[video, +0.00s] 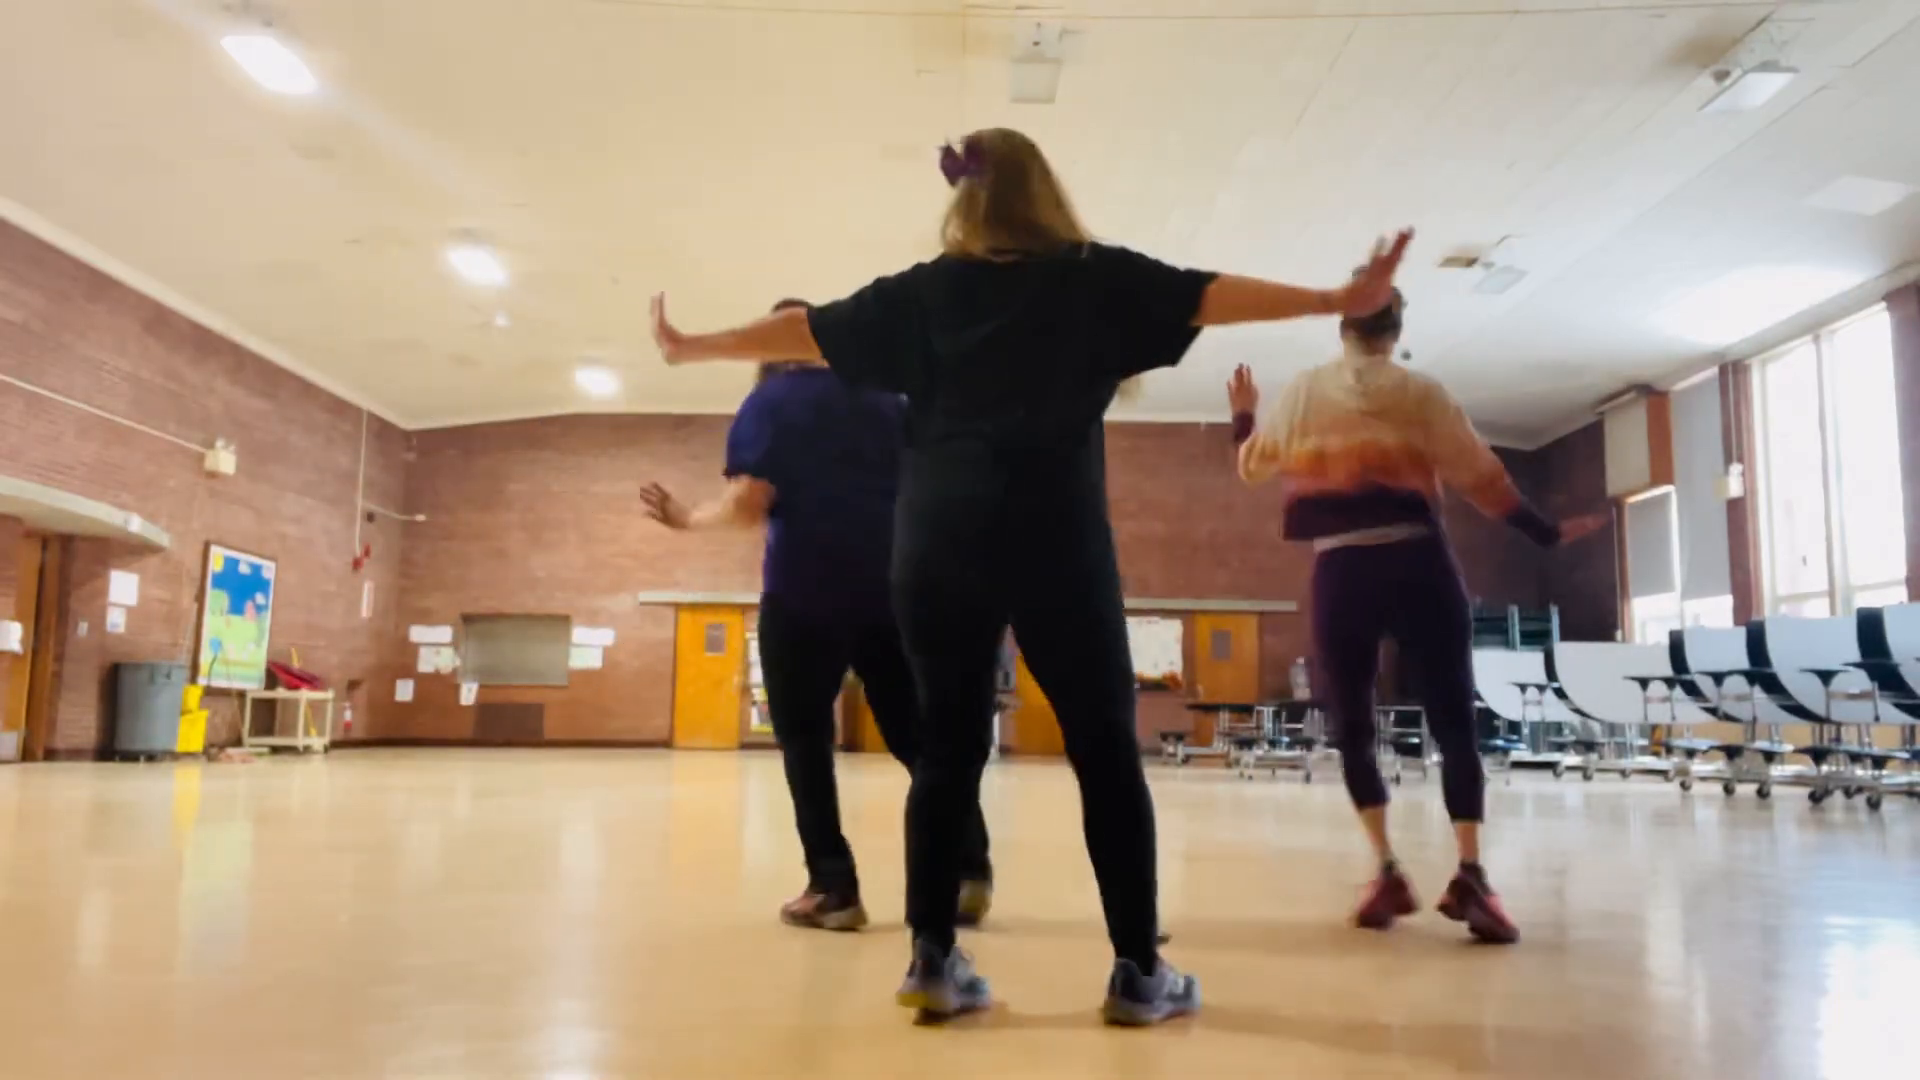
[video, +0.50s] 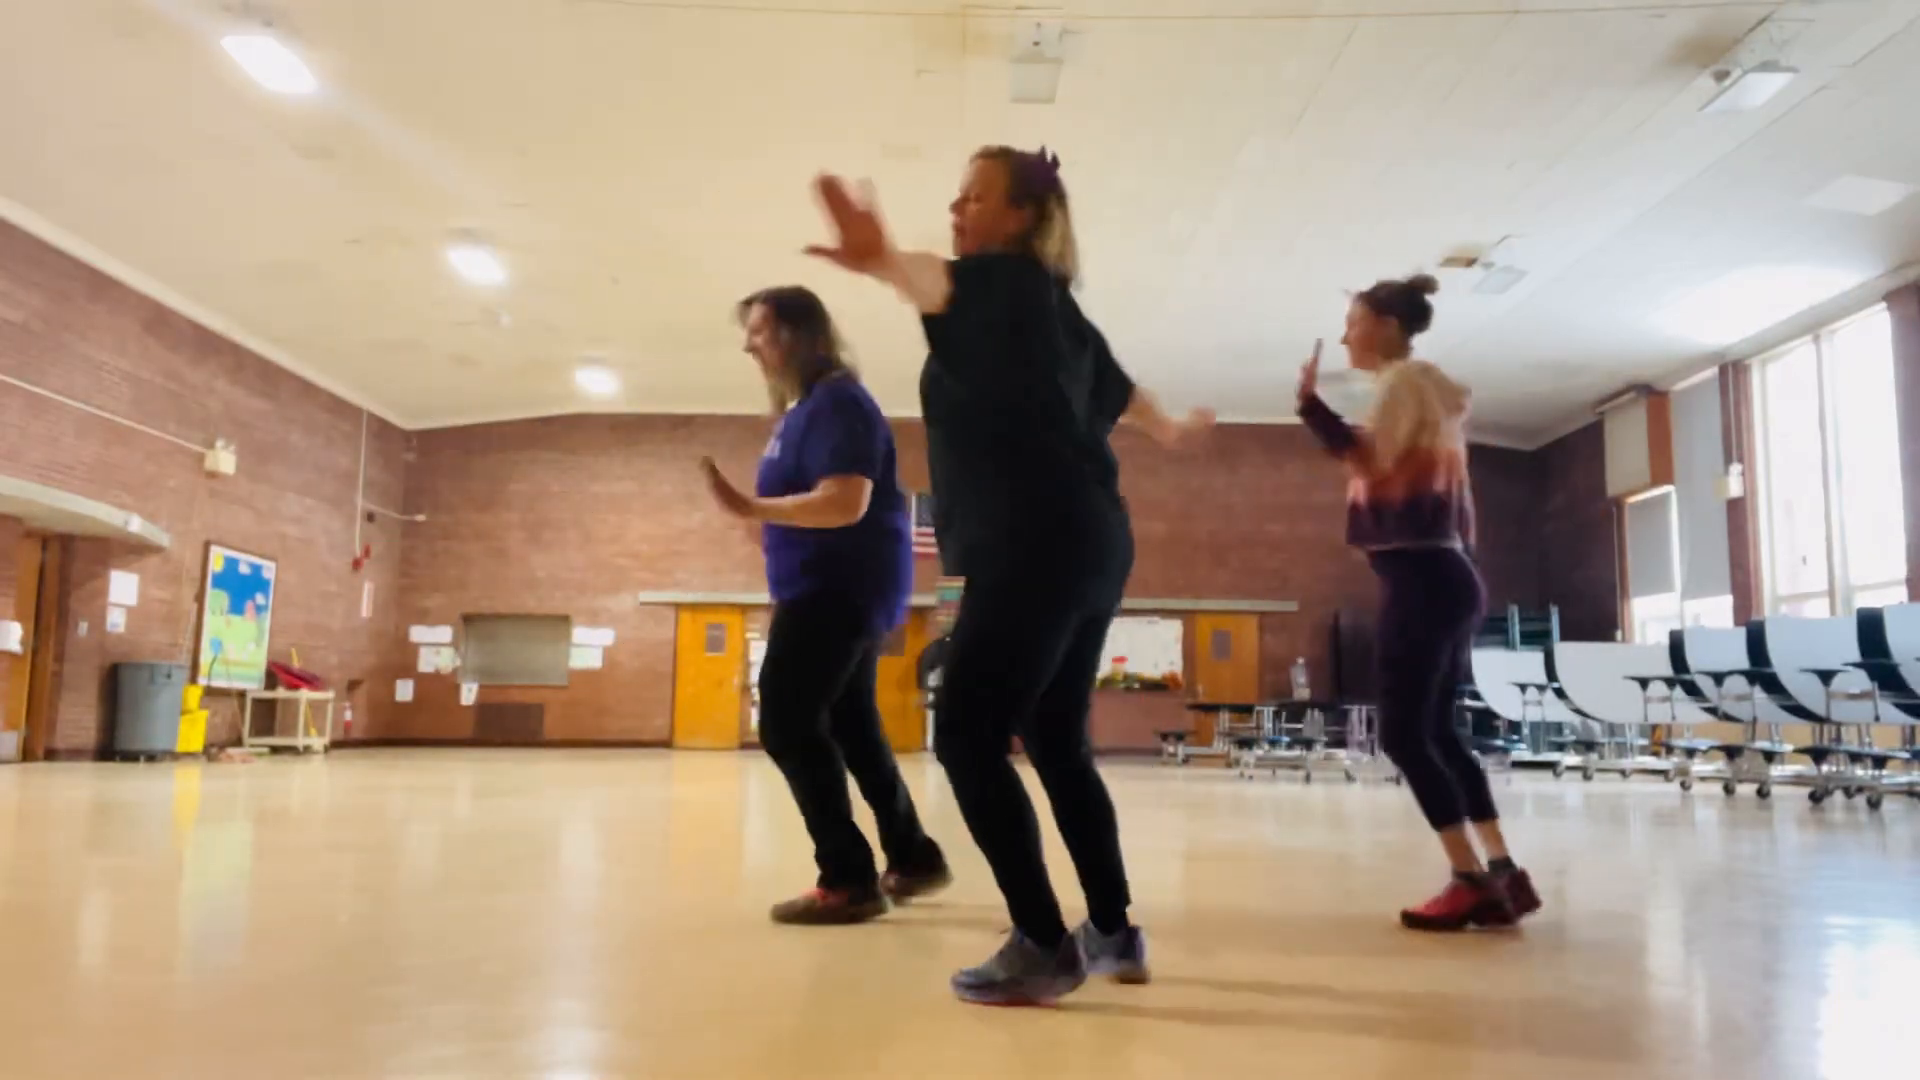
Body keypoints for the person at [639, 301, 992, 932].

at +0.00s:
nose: (763, 354)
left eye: (769, 344)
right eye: (771, 339)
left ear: (775, 350)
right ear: (832, 343)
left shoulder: (770, 402)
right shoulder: (885, 396)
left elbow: (751, 501)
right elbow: (909, 479)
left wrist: (685, 516)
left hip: (803, 596)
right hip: (882, 591)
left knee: (805, 744)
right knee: (916, 735)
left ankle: (834, 887)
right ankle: (971, 865)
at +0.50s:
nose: (750, 345)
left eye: (759, 332)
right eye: (749, 334)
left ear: (795, 333)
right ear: (787, 337)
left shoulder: (840, 403)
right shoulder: (807, 409)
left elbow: (846, 502)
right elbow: (823, 499)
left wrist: (753, 508)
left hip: (838, 593)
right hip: (832, 592)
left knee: (788, 725)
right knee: (852, 725)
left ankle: (848, 882)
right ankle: (915, 858)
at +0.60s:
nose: (754, 339)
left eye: (764, 325)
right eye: (751, 329)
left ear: (802, 326)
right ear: (760, 339)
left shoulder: (842, 393)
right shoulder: (798, 404)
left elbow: (875, 488)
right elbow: (800, 492)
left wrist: (784, 526)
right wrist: (735, 481)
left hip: (844, 580)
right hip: (810, 580)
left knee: (819, 720)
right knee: (783, 710)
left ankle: (850, 884)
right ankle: (879, 819)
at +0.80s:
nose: (765, 332)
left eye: (777, 319)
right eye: (758, 321)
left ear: (810, 325)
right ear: (753, 335)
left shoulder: (856, 398)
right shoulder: (765, 412)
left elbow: (909, 486)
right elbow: (754, 491)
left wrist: (863, 539)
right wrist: (691, 439)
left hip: (840, 584)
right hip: (771, 582)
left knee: (820, 723)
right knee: (754, 709)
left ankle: (852, 882)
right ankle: (787, 835)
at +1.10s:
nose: (796, 337)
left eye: (808, 326)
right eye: (785, 328)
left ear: (837, 333)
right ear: (773, 338)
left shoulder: (867, 405)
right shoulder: (753, 407)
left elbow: (910, 475)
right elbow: (691, 471)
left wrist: (892, 500)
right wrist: (667, 413)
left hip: (832, 589)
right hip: (752, 582)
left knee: (812, 728)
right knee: (708, 706)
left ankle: (833, 877)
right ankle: (741, 824)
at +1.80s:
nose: (819, 364)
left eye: (829, 352)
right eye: (809, 350)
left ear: (840, 360)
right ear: (786, 352)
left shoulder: (848, 422)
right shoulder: (740, 405)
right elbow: (682, 486)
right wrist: (684, 458)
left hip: (803, 591)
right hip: (719, 582)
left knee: (797, 736)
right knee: (706, 730)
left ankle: (815, 877)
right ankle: (668, 866)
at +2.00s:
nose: (812, 349)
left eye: (824, 339)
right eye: (804, 334)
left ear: (842, 349)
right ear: (785, 336)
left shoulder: (844, 426)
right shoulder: (741, 401)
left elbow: (863, 518)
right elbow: (680, 480)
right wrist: (666, 462)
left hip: (795, 596)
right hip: (712, 585)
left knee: (801, 736)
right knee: (692, 728)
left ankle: (816, 878)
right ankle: (665, 864)